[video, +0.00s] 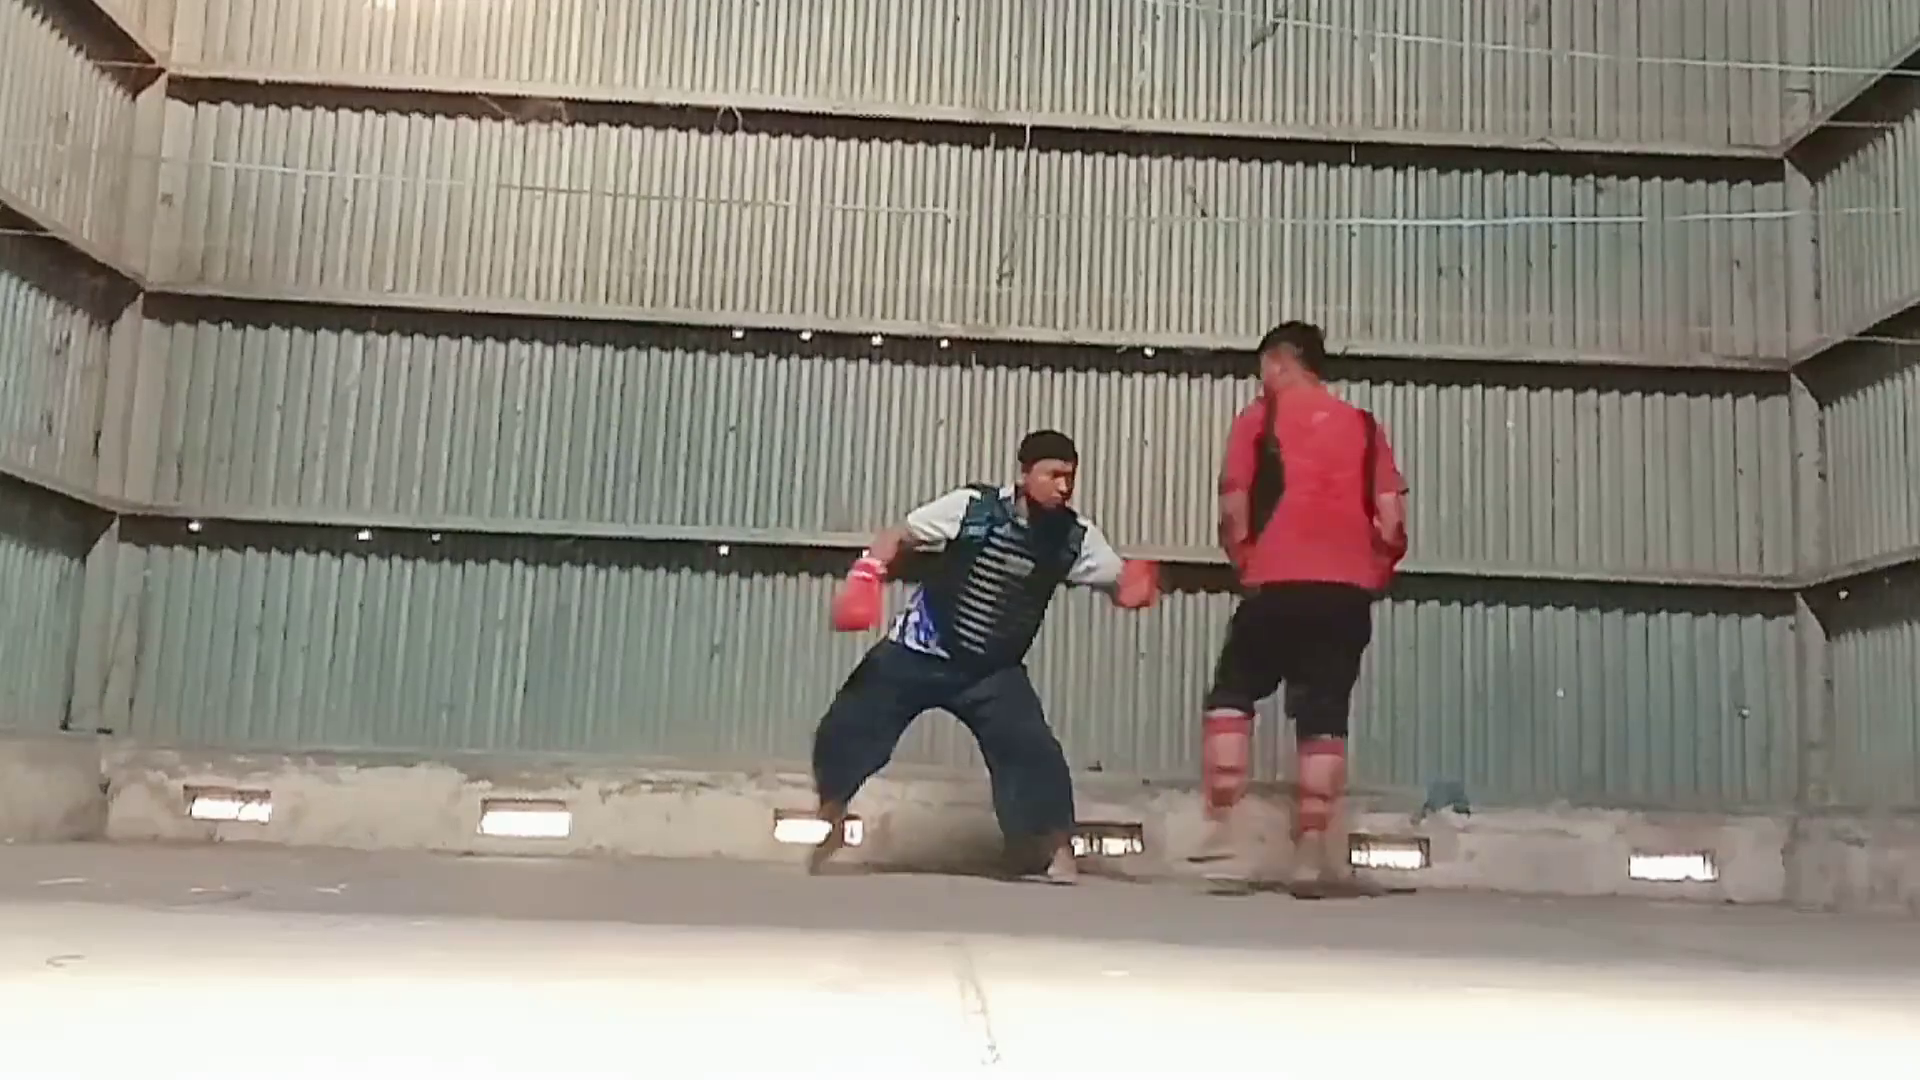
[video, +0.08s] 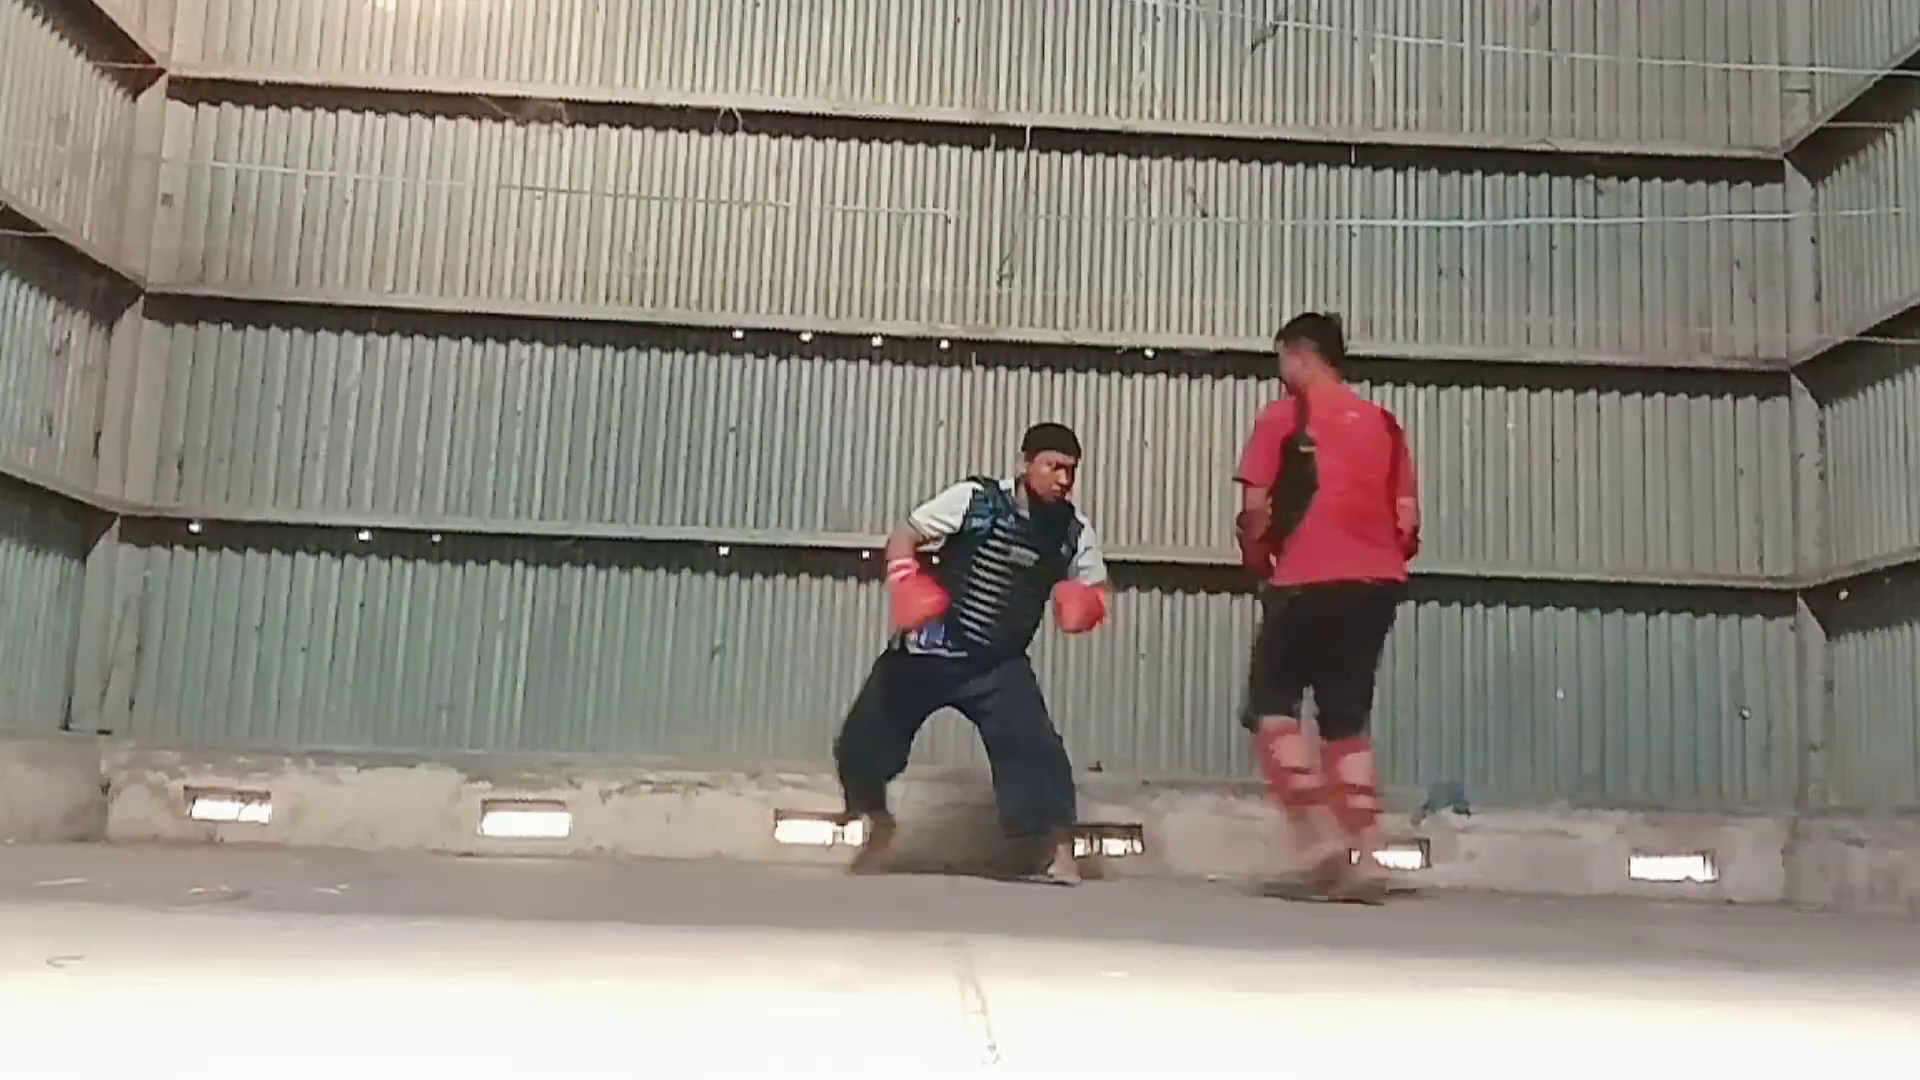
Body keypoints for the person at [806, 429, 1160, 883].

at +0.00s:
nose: (1064, 487)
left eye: (1070, 477)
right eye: (1055, 475)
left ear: (1074, 479)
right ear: (1025, 473)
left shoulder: (1076, 536)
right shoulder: (972, 506)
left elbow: (1121, 587)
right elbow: (898, 536)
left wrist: (1136, 586)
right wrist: (866, 573)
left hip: (993, 672)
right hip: (915, 653)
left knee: (1034, 751)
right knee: (844, 730)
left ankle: (1058, 851)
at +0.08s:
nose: (1064, 479)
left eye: (1071, 470)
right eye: (1055, 467)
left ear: (1074, 473)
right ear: (1027, 463)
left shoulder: (1074, 532)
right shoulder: (974, 499)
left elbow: (1096, 590)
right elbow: (904, 536)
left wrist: (1084, 606)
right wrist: (907, 583)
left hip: (999, 666)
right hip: (925, 653)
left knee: (1039, 749)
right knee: (859, 746)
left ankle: (1061, 854)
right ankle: (877, 826)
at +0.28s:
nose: (1022, 468)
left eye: (1029, 460)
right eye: (1013, 457)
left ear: (1034, 463)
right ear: (984, 453)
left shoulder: (1036, 509)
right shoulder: (937, 498)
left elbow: (1054, 579)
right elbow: (920, 565)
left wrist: (1074, 551)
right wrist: (975, 530)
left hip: (999, 659)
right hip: (927, 659)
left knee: (1033, 732)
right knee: (904, 757)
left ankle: (1062, 836)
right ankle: (918, 843)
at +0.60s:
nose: (1024, 427)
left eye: (1033, 420)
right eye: (1016, 415)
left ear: (1040, 426)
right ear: (991, 412)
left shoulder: (1038, 476)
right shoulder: (947, 455)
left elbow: (1060, 542)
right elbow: (936, 520)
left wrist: (1066, 500)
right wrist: (992, 477)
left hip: (1000, 629)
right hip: (929, 622)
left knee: (1030, 718)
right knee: (882, 714)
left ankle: (1025, 842)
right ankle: (880, 831)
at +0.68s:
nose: (1022, 442)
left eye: (1029, 434)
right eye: (1013, 431)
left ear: (1033, 440)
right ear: (986, 430)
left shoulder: (1041, 495)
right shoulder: (941, 487)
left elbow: (1066, 572)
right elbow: (925, 560)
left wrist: (1059, 551)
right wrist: (977, 535)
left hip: (1007, 656)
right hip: (932, 646)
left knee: (1037, 746)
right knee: (876, 724)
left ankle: (1021, 847)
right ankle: (819, 833)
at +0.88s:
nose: (965, 445)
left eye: (970, 436)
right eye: (955, 434)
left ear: (973, 443)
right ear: (925, 436)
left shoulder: (985, 499)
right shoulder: (883, 497)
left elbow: (999, 558)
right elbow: (867, 571)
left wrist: (1014, 573)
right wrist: (922, 548)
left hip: (962, 656)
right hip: (887, 648)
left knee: (1001, 744)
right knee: (845, 726)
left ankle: (1024, 849)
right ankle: (799, 843)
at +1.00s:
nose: (930, 417)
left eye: (935, 410)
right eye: (921, 406)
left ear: (937, 419)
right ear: (888, 407)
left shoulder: (936, 479)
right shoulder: (844, 468)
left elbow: (951, 544)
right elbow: (834, 537)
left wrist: (979, 545)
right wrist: (891, 502)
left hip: (915, 640)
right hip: (842, 634)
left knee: (955, 736)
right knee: (813, 725)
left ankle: (981, 832)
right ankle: (798, 839)